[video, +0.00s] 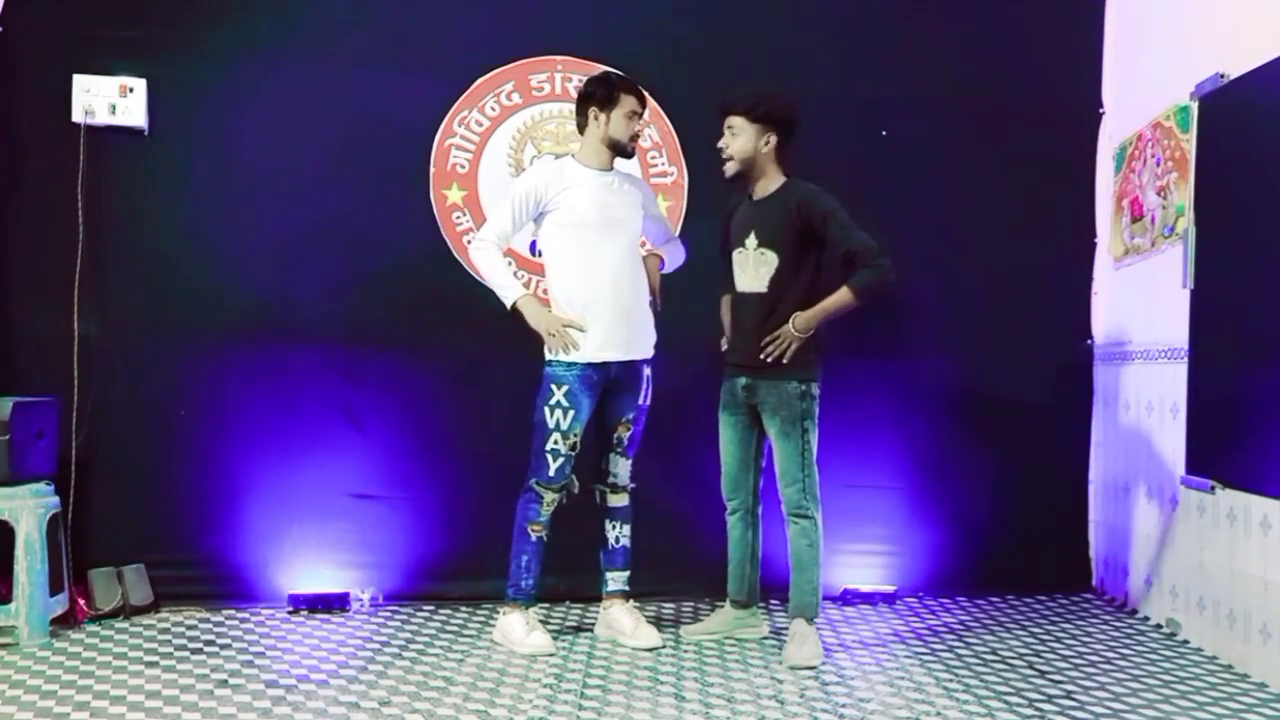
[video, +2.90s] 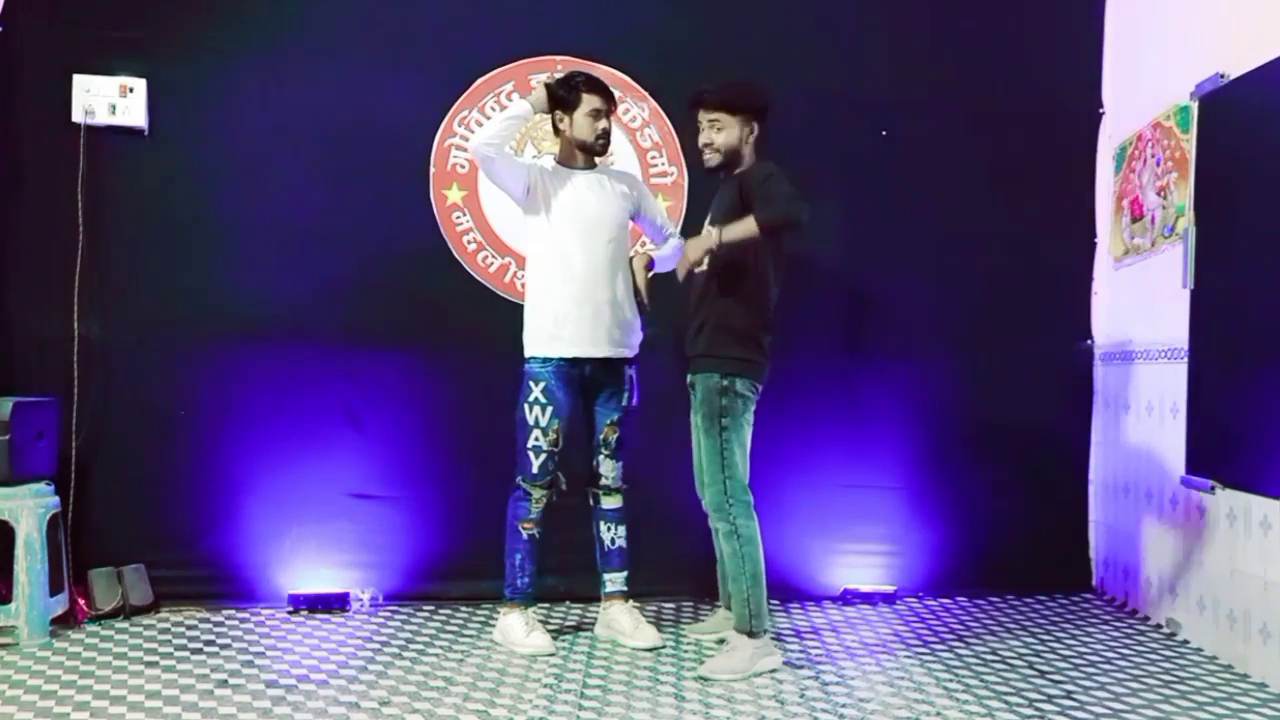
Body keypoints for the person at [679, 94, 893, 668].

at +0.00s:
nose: (721, 143)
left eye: (732, 133)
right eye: (723, 134)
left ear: (768, 141)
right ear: (746, 145)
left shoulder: (808, 202)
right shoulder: (736, 213)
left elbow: (874, 269)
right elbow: (731, 282)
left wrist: (809, 318)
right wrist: (729, 319)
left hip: (788, 379)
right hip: (737, 378)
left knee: (798, 503)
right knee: (737, 499)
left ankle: (802, 623)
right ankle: (742, 610)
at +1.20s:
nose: (714, 142)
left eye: (725, 132)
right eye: (716, 132)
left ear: (759, 139)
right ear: (745, 142)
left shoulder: (796, 202)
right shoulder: (721, 211)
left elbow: (825, 279)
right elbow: (711, 281)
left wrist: (748, 302)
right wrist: (711, 317)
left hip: (777, 377)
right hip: (724, 378)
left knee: (790, 503)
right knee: (733, 499)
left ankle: (802, 622)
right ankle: (741, 609)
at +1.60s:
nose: (702, 145)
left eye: (712, 136)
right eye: (702, 136)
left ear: (747, 143)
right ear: (724, 146)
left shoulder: (773, 206)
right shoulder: (724, 209)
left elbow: (739, 286)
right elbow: (713, 278)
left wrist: (672, 257)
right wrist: (665, 254)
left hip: (762, 370)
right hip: (722, 371)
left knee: (752, 487)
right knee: (726, 493)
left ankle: (797, 615)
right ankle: (741, 610)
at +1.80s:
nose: (697, 150)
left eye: (709, 139)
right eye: (693, 140)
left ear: (742, 145)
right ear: (696, 146)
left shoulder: (766, 199)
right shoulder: (713, 208)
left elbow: (713, 236)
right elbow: (672, 239)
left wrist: (645, 187)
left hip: (764, 371)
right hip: (727, 371)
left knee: (762, 499)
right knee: (730, 498)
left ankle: (759, 634)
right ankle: (738, 609)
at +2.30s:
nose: (680, 139)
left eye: (687, 128)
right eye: (681, 128)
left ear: (716, 133)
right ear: (712, 134)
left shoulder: (762, 192)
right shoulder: (716, 195)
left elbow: (762, 276)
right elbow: (715, 266)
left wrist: (692, 253)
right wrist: (668, 248)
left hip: (763, 370)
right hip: (730, 369)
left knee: (761, 500)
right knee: (728, 496)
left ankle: (762, 638)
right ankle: (738, 613)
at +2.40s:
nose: (680, 137)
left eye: (686, 126)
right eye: (681, 127)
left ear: (715, 131)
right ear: (715, 132)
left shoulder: (763, 195)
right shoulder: (725, 199)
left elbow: (782, 283)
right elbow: (722, 279)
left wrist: (702, 291)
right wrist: (666, 289)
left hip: (757, 372)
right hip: (727, 371)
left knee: (758, 501)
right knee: (729, 500)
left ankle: (761, 638)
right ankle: (739, 614)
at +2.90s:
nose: (705, 137)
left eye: (717, 126)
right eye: (702, 127)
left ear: (749, 129)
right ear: (705, 132)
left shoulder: (762, 177)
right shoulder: (727, 192)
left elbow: (788, 212)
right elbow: (708, 268)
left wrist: (713, 238)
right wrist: (666, 260)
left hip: (731, 363)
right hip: (707, 363)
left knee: (730, 497)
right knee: (716, 496)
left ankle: (755, 636)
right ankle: (735, 613)